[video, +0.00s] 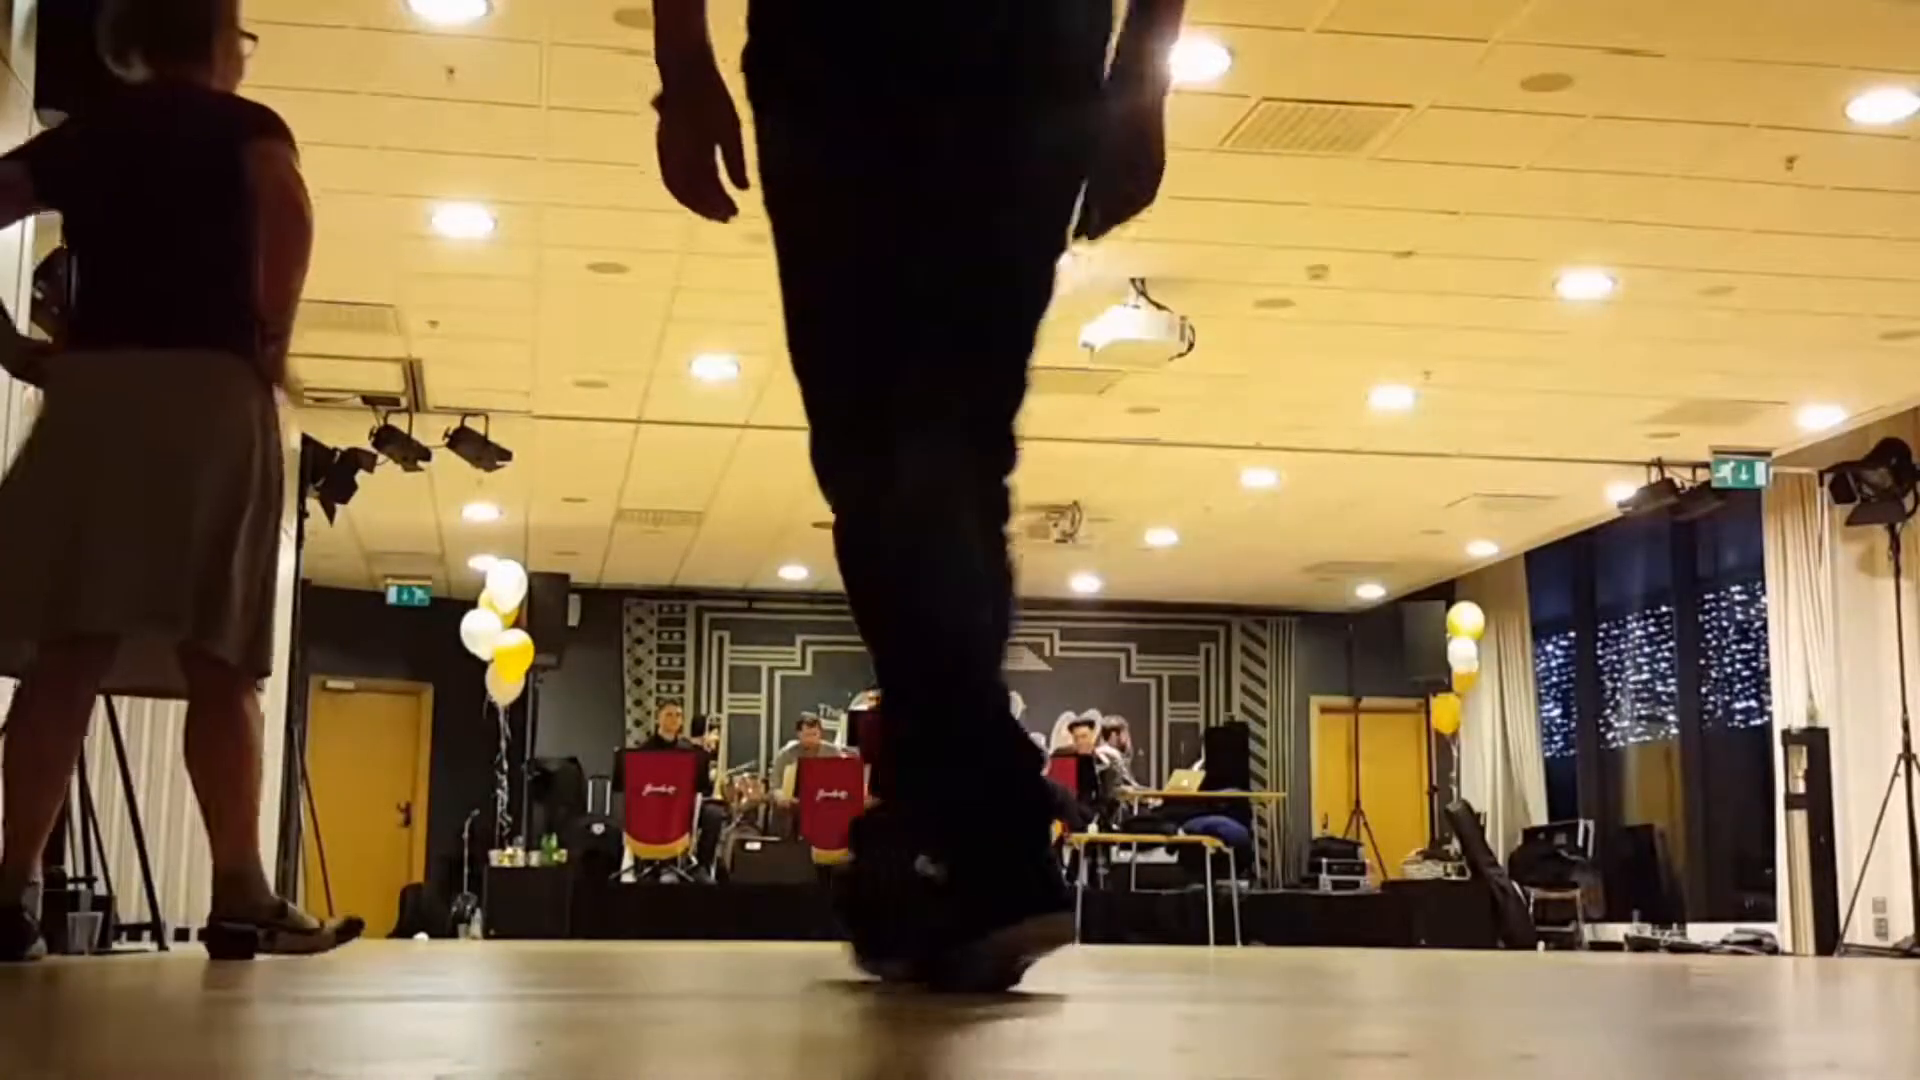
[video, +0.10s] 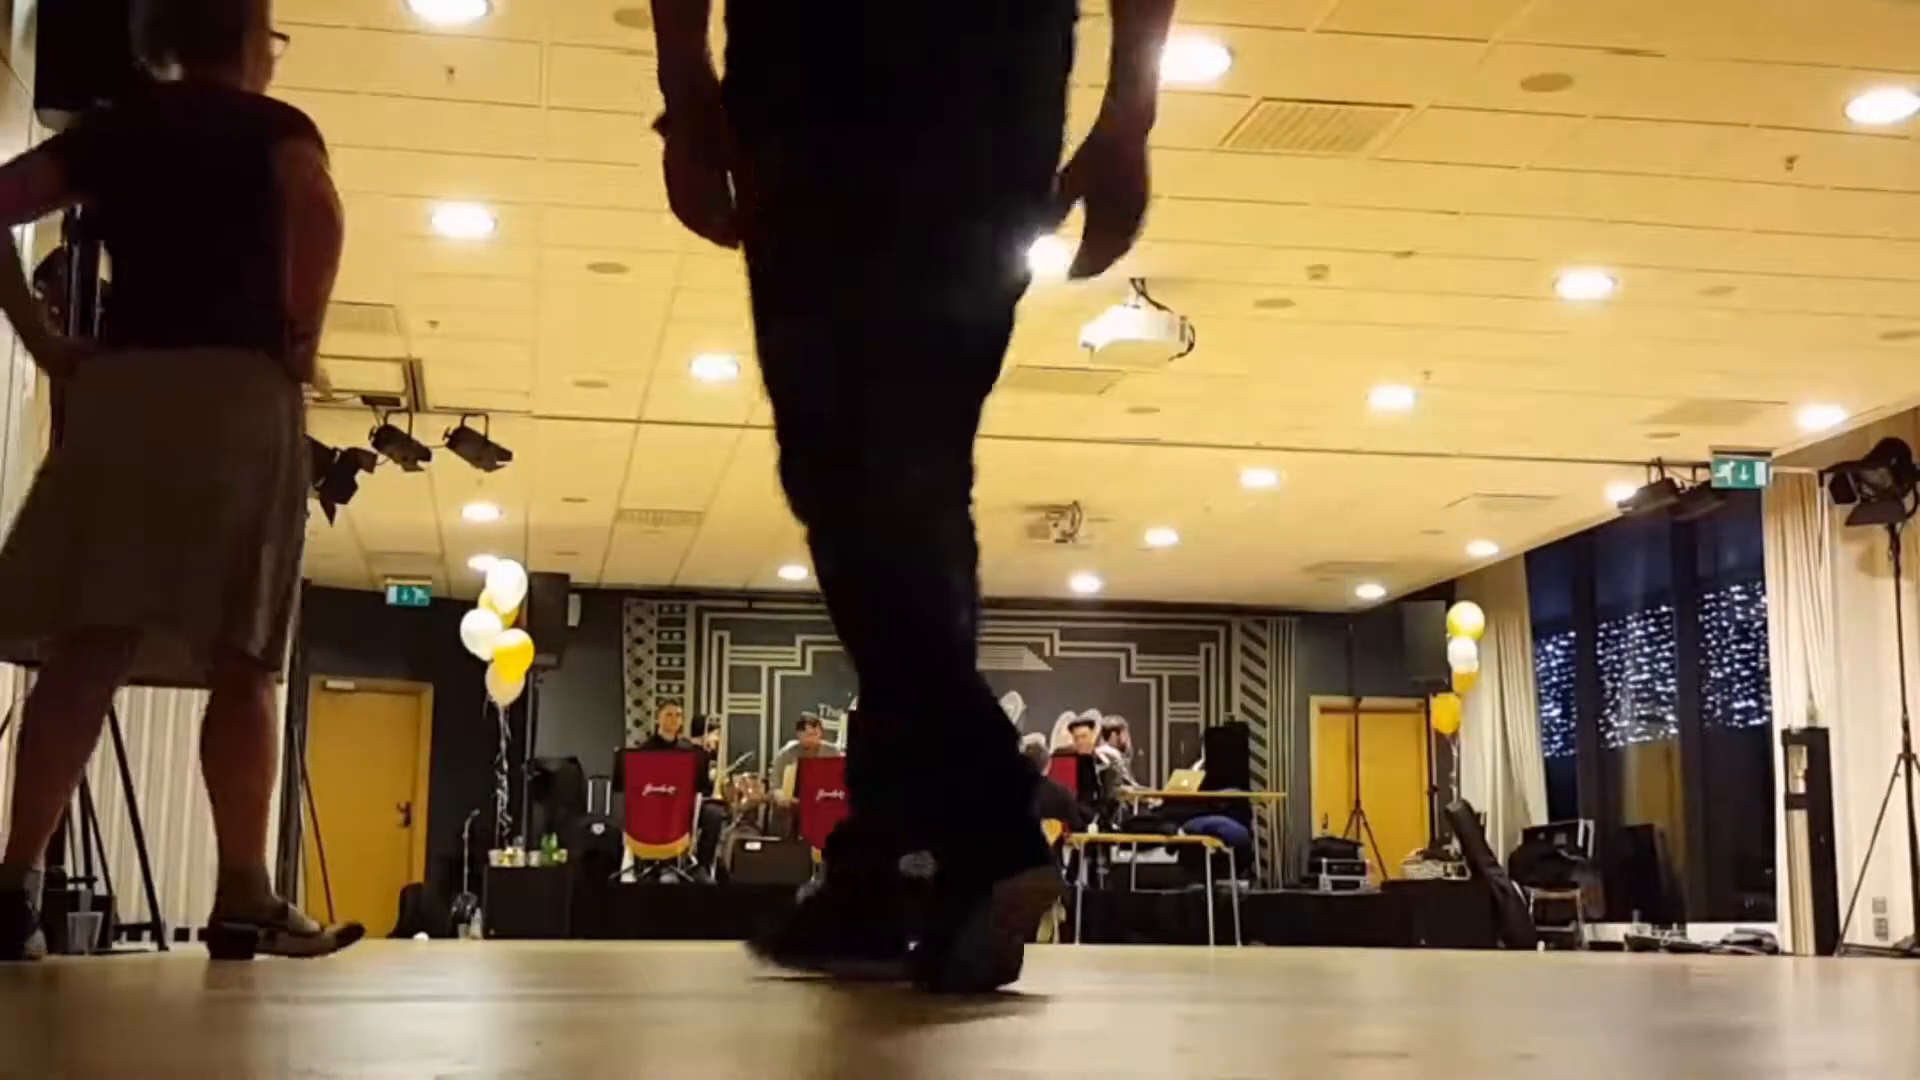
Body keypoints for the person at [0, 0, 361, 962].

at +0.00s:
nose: (246, 56)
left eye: (242, 40)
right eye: (241, 39)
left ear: (137, 47)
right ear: (221, 41)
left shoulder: (83, 133)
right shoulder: (252, 123)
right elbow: (288, 218)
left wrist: (13, 347)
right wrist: (274, 339)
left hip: (90, 395)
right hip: (216, 399)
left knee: (62, 662)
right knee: (221, 669)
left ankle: (10, 895)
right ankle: (241, 900)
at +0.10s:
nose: (277, 53)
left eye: (272, 36)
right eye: (270, 37)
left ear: (170, 45)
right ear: (246, 40)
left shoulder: (115, 129)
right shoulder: (280, 127)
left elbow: (4, 205)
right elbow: (319, 215)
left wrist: (43, 338)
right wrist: (301, 337)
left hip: (115, 393)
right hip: (241, 398)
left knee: (85, 650)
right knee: (245, 666)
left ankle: (16, 882)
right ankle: (244, 901)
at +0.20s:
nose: (307, 57)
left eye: (303, 39)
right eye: (300, 40)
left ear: (211, 48)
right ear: (277, 44)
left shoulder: (148, 137)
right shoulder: (317, 135)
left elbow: (26, 214)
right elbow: (358, 236)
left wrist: (73, 341)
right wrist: (340, 340)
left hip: (158, 407)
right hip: (277, 408)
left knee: (106, 654)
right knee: (270, 666)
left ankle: (12, 865)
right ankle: (251, 903)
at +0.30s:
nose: (340, 65)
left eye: (336, 48)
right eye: (334, 48)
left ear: (238, 58)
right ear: (313, 52)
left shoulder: (184, 143)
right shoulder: (350, 145)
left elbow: (60, 228)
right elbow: (402, 241)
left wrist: (115, 362)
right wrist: (380, 356)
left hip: (197, 411)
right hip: (313, 412)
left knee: (140, 655)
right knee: (286, 668)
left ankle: (18, 850)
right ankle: (252, 903)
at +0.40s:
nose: (365, 62)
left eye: (362, 45)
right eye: (359, 45)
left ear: (265, 55)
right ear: (334, 49)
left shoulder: (209, 141)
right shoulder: (374, 144)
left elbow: (87, 230)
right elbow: (420, 246)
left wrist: (139, 349)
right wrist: (406, 346)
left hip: (222, 414)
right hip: (332, 413)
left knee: (174, 660)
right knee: (300, 666)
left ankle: (64, 856)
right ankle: (252, 905)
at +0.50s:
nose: (390, 58)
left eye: (387, 40)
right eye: (381, 41)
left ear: (292, 50)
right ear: (353, 48)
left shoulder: (231, 142)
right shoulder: (390, 145)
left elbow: (108, 236)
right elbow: (420, 250)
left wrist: (172, 356)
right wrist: (407, 353)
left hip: (239, 414)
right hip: (343, 413)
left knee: (216, 669)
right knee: (304, 667)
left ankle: (150, 899)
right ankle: (255, 906)